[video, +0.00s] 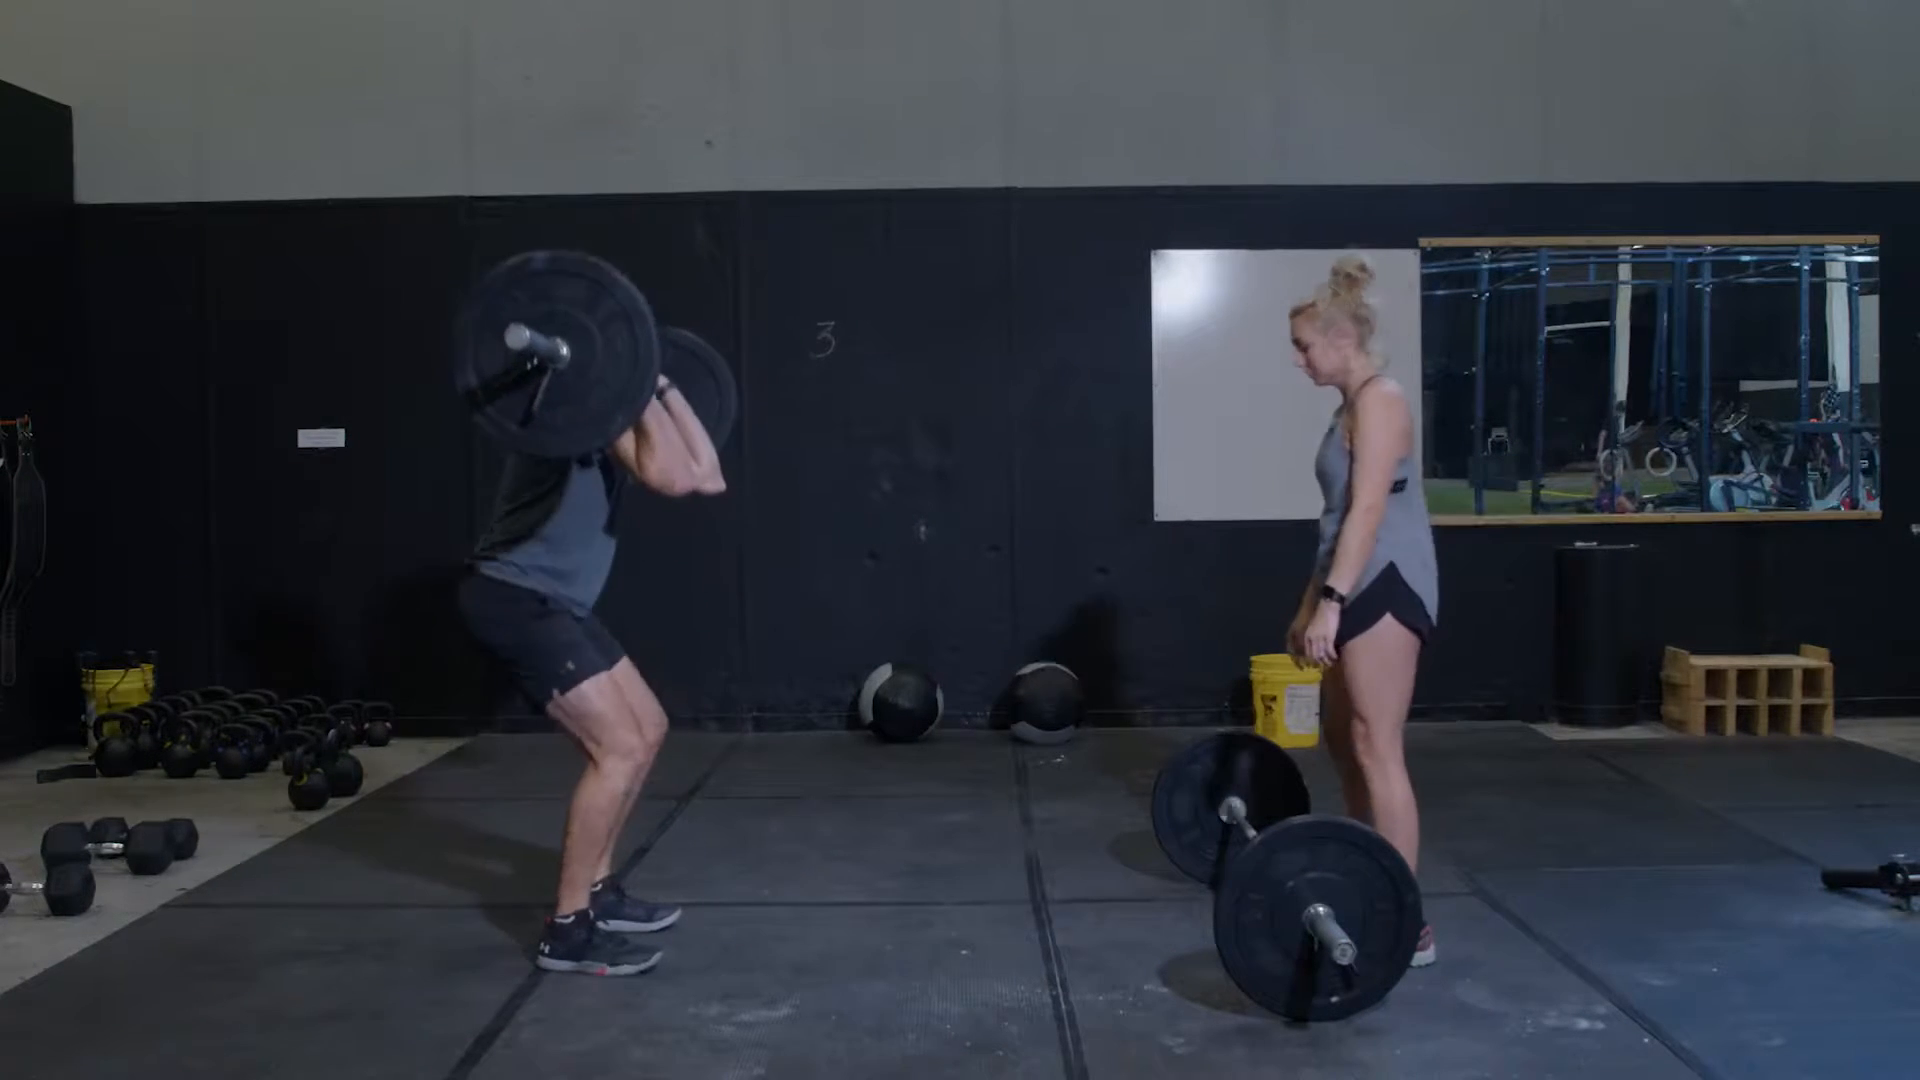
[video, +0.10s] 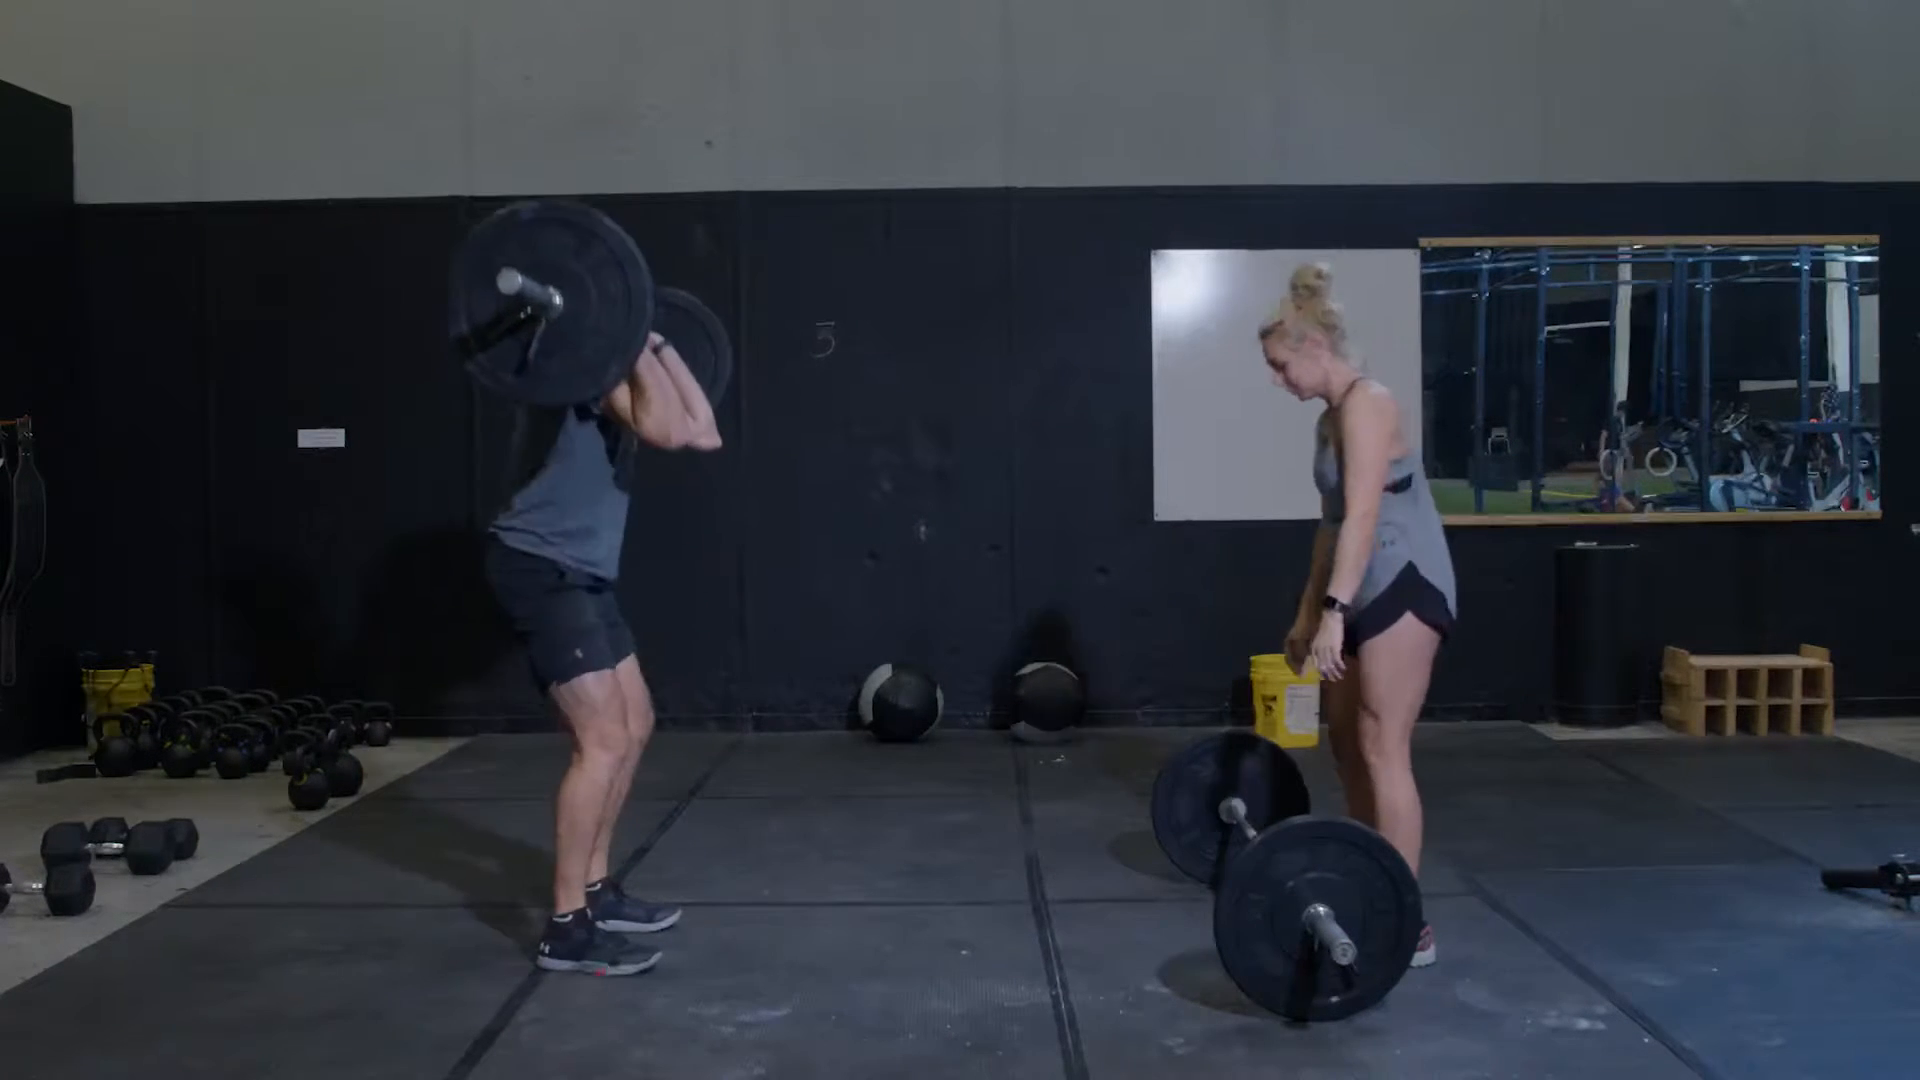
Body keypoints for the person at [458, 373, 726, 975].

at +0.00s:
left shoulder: (609, 393)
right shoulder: (566, 392)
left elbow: (708, 475)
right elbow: (670, 476)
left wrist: (658, 381)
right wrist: (636, 388)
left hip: (560, 599)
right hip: (518, 597)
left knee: (647, 728)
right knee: (621, 746)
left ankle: (595, 893)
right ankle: (567, 925)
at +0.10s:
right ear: (583, 306)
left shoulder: (616, 368)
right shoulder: (573, 359)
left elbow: (707, 431)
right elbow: (668, 429)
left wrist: (655, 341)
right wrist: (630, 341)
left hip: (585, 570)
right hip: (540, 565)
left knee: (634, 722)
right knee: (602, 737)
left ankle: (593, 892)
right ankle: (565, 924)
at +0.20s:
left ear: (604, 281)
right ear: (585, 277)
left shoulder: (623, 344)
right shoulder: (578, 335)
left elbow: (710, 400)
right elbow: (663, 398)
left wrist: (652, 317)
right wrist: (633, 317)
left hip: (603, 550)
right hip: (564, 548)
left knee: (608, 723)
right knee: (580, 734)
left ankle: (592, 891)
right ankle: (563, 923)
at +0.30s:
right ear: (577, 264)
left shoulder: (619, 333)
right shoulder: (575, 326)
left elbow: (712, 391)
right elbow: (664, 389)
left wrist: (646, 308)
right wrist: (631, 311)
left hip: (612, 548)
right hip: (574, 549)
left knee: (594, 723)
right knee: (565, 732)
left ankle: (589, 891)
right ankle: (561, 922)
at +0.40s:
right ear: (582, 270)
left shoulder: (628, 341)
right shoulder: (582, 334)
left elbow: (691, 419)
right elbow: (648, 413)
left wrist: (658, 330)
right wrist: (636, 334)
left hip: (614, 552)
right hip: (577, 553)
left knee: (591, 726)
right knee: (564, 733)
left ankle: (588, 890)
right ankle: (560, 922)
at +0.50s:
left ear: (616, 292)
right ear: (576, 289)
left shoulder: (612, 356)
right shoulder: (557, 357)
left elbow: (626, 431)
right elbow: (563, 456)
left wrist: (648, 373)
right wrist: (599, 368)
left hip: (619, 552)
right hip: (583, 554)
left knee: (600, 720)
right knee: (576, 727)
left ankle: (589, 889)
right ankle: (562, 921)